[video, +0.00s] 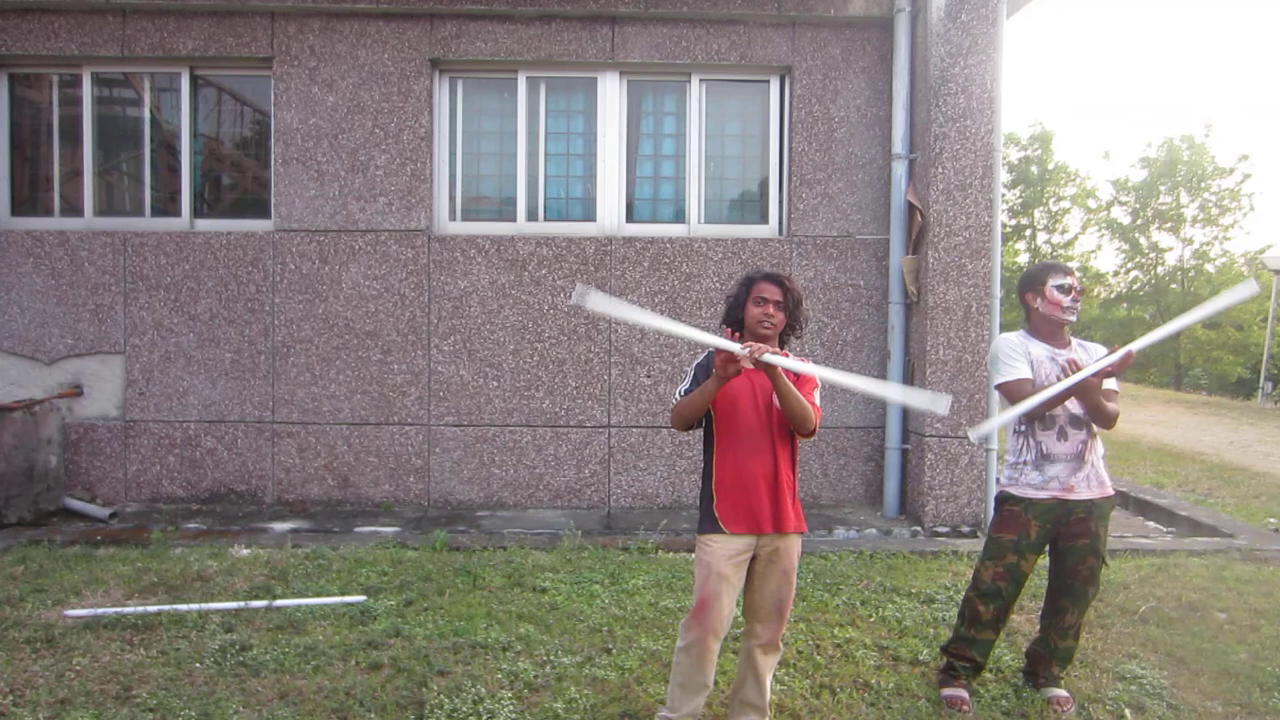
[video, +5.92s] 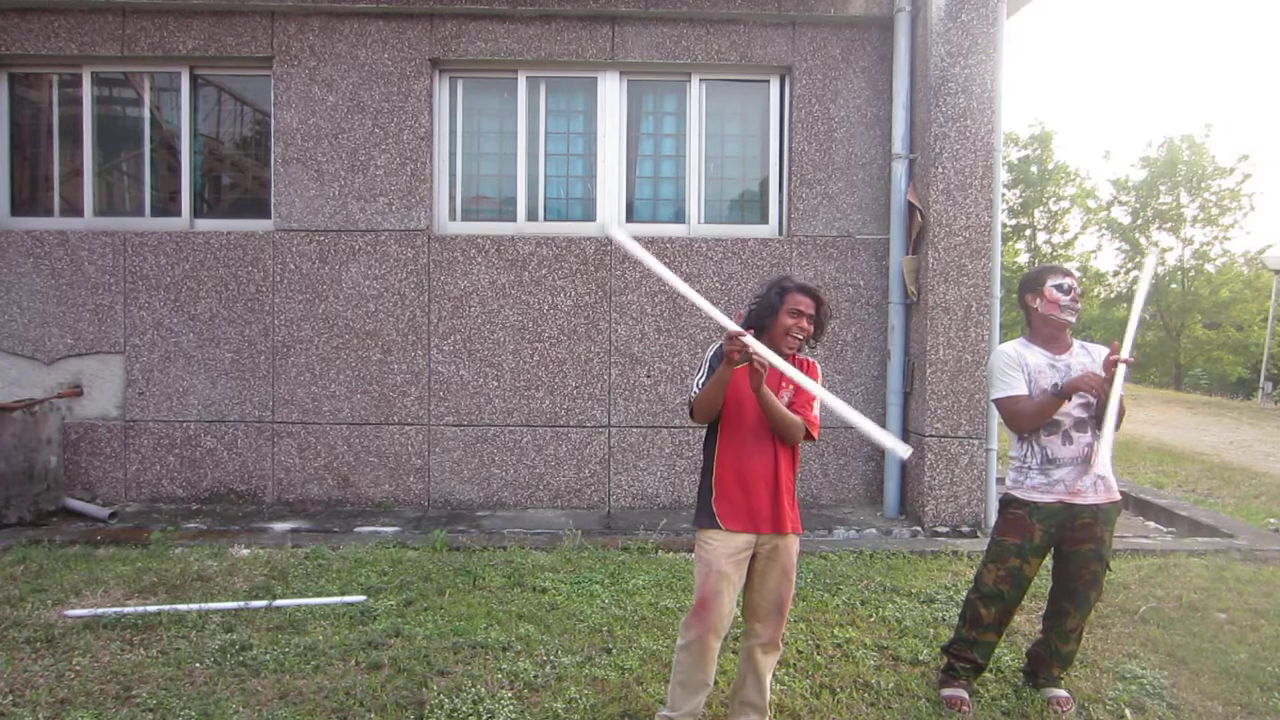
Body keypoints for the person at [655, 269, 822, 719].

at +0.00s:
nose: (769, 312)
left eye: (778, 306)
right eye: (760, 302)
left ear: (787, 318)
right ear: (739, 309)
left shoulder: (799, 369)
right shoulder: (715, 361)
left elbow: (807, 426)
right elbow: (681, 419)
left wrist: (775, 372)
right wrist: (719, 377)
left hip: (782, 519)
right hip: (724, 518)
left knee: (767, 635)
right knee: (707, 624)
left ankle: (750, 714)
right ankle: (678, 714)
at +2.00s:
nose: (789, 330)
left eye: (797, 324)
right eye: (782, 318)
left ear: (802, 330)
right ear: (756, 316)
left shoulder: (803, 372)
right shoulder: (719, 362)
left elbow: (806, 429)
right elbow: (686, 428)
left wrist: (768, 373)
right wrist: (719, 395)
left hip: (782, 520)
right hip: (725, 519)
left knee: (767, 634)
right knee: (707, 623)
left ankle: (750, 714)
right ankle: (678, 714)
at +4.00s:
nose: (788, 322)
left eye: (798, 317)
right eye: (781, 310)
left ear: (803, 326)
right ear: (758, 311)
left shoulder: (806, 372)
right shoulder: (722, 363)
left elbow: (805, 441)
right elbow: (693, 428)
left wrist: (762, 402)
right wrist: (722, 391)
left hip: (783, 521)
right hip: (726, 519)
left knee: (767, 635)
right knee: (709, 624)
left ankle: (749, 714)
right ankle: (678, 714)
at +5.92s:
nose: (802, 326)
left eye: (810, 320)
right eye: (794, 314)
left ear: (814, 329)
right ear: (766, 313)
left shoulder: (807, 369)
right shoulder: (727, 353)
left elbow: (795, 433)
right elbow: (701, 414)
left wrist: (761, 386)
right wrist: (728, 364)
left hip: (781, 517)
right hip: (724, 515)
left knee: (767, 633)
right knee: (708, 619)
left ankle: (749, 714)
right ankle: (679, 713)